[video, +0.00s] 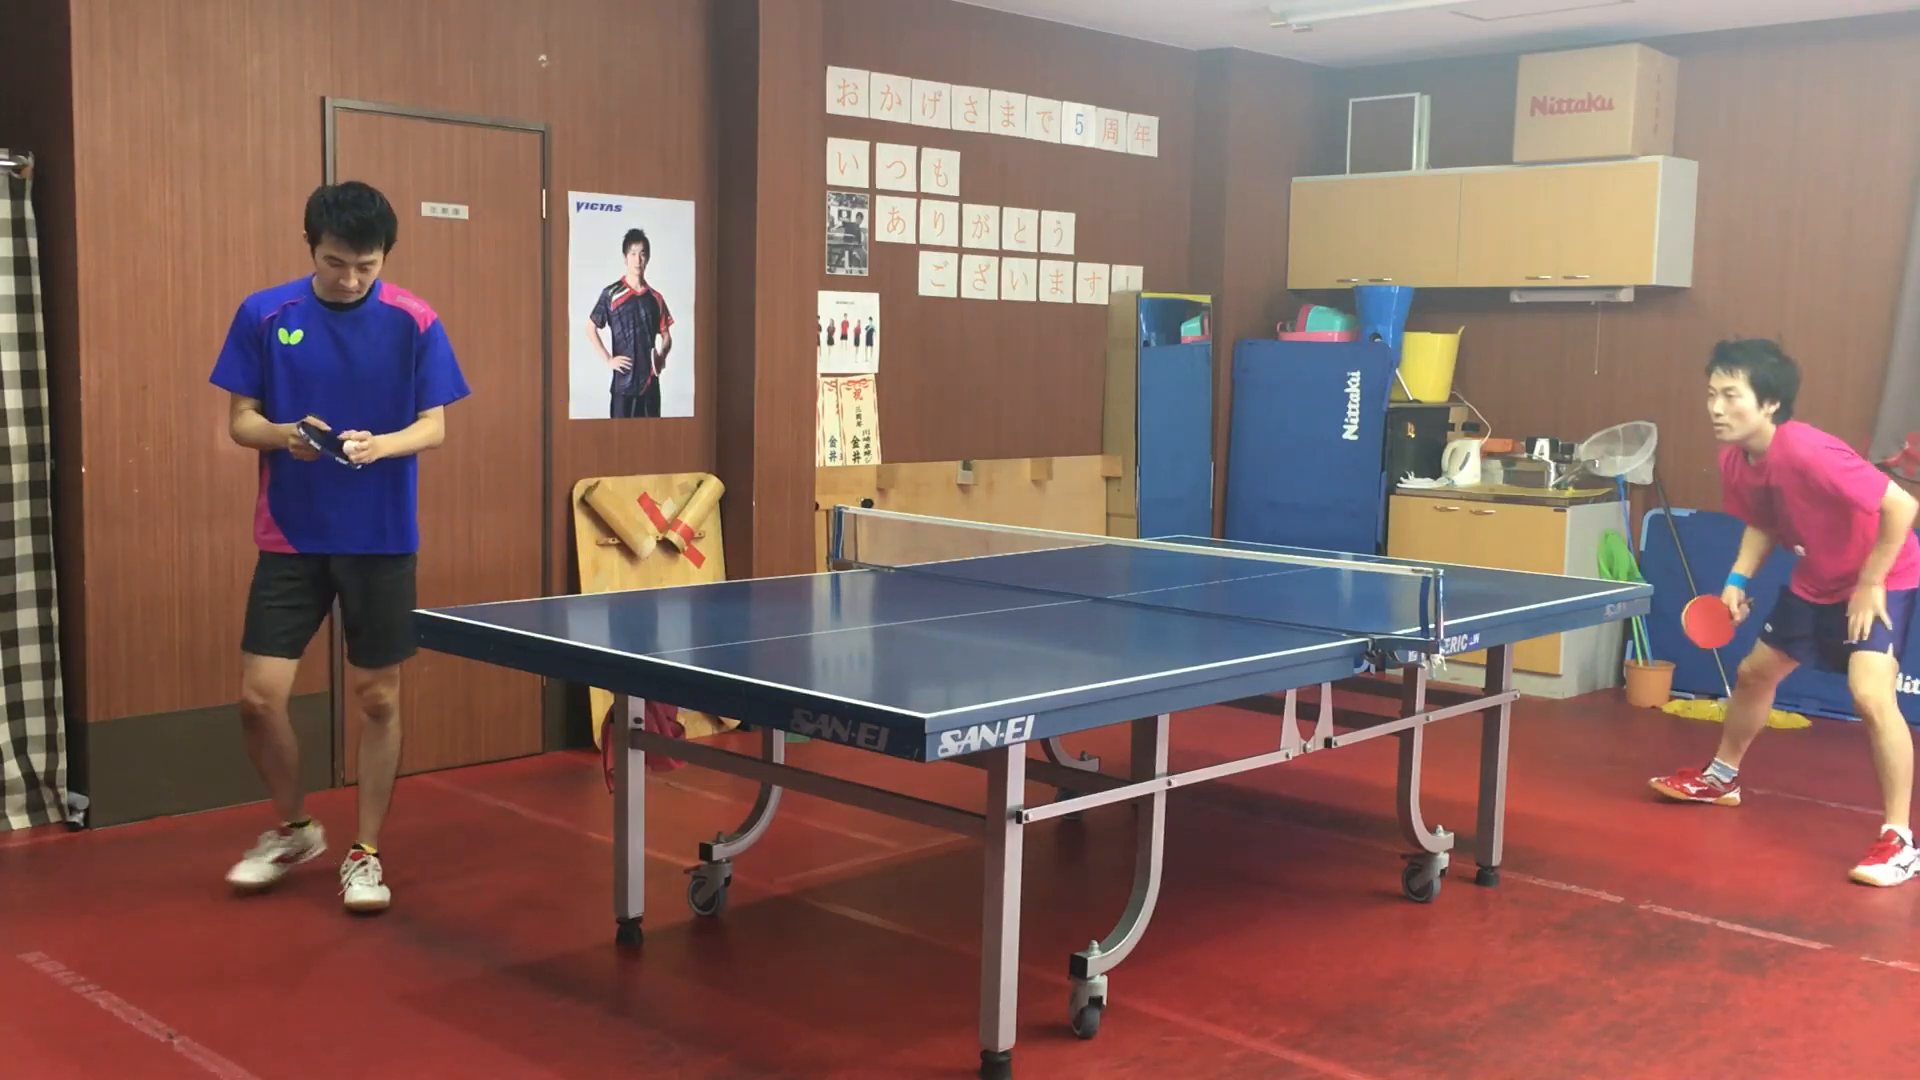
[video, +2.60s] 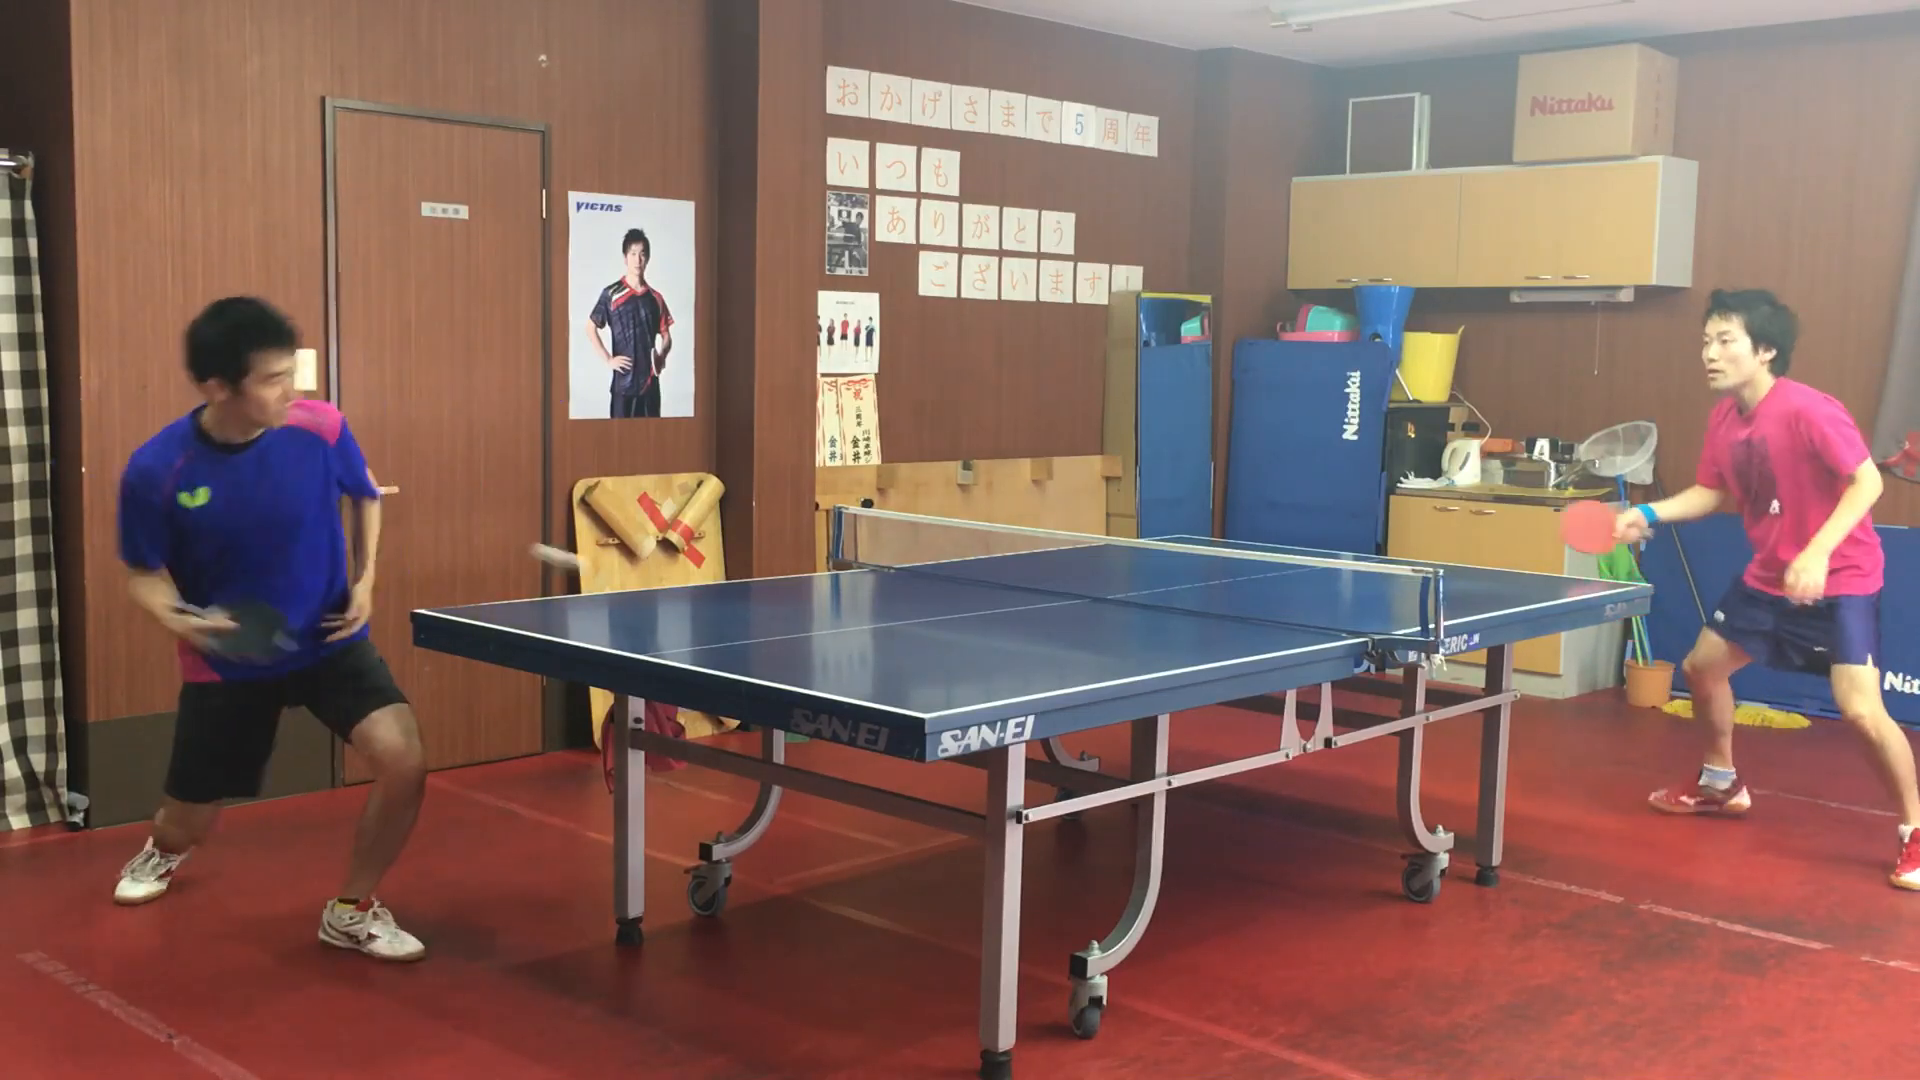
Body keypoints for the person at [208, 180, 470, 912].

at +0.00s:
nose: (350, 281)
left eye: (365, 267)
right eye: (337, 265)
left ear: (385, 254)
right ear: (312, 247)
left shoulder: (413, 320)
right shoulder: (265, 316)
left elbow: (435, 427)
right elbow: (240, 423)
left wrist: (383, 445)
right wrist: (288, 436)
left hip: (379, 547)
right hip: (291, 545)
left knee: (378, 699)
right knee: (259, 696)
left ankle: (367, 851)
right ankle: (292, 829)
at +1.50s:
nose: (401, 351)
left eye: (418, 334)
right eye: (386, 331)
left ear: (433, 330)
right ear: (354, 320)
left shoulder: (448, 402)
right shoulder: (293, 371)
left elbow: (451, 517)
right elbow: (267, 492)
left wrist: (452, 570)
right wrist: (336, 523)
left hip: (387, 595)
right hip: (291, 583)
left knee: (400, 748)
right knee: (221, 745)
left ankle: (392, 901)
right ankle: (219, 836)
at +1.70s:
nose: (361, 336)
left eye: (376, 320)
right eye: (344, 317)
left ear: (391, 322)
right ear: (311, 317)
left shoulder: (418, 395)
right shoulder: (263, 379)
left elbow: (440, 483)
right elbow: (250, 497)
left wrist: (449, 534)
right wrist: (320, 518)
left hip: (380, 599)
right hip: (282, 595)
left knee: (397, 746)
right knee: (204, 754)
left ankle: (392, 902)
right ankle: (180, 837)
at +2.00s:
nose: (262, 319)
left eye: (273, 301)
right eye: (241, 305)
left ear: (291, 307)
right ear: (211, 319)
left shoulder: (332, 373)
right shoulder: (184, 396)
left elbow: (419, 442)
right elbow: (178, 500)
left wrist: (374, 420)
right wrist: (201, 530)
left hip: (335, 595)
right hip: (237, 602)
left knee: (373, 733)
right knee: (177, 763)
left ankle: (391, 899)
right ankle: (180, 853)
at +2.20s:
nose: (201, 319)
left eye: (210, 301)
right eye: (178, 309)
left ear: (232, 309)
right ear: (154, 331)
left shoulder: (286, 387)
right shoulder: (148, 396)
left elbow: (388, 460)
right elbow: (137, 467)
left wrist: (340, 514)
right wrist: (68, 495)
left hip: (308, 593)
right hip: (210, 602)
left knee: (361, 727)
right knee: (157, 764)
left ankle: (392, 897)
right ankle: (179, 852)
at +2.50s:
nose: (218, 407)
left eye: (225, 388)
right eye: (196, 397)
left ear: (238, 374)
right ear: (162, 401)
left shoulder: (290, 439)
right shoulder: (135, 440)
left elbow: (378, 498)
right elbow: (40, 490)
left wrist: (340, 594)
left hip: (313, 638)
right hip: (209, 654)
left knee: (398, 742)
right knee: (150, 817)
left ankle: (348, 907)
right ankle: (178, 849)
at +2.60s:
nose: (291, 389)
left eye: (292, 373)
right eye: (275, 378)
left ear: (296, 368)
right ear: (217, 388)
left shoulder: (322, 429)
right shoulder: (156, 470)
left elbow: (365, 495)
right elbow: (144, 572)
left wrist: (365, 578)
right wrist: (175, 615)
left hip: (329, 644)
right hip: (226, 663)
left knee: (403, 759)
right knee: (184, 825)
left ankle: (354, 906)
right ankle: (166, 849)